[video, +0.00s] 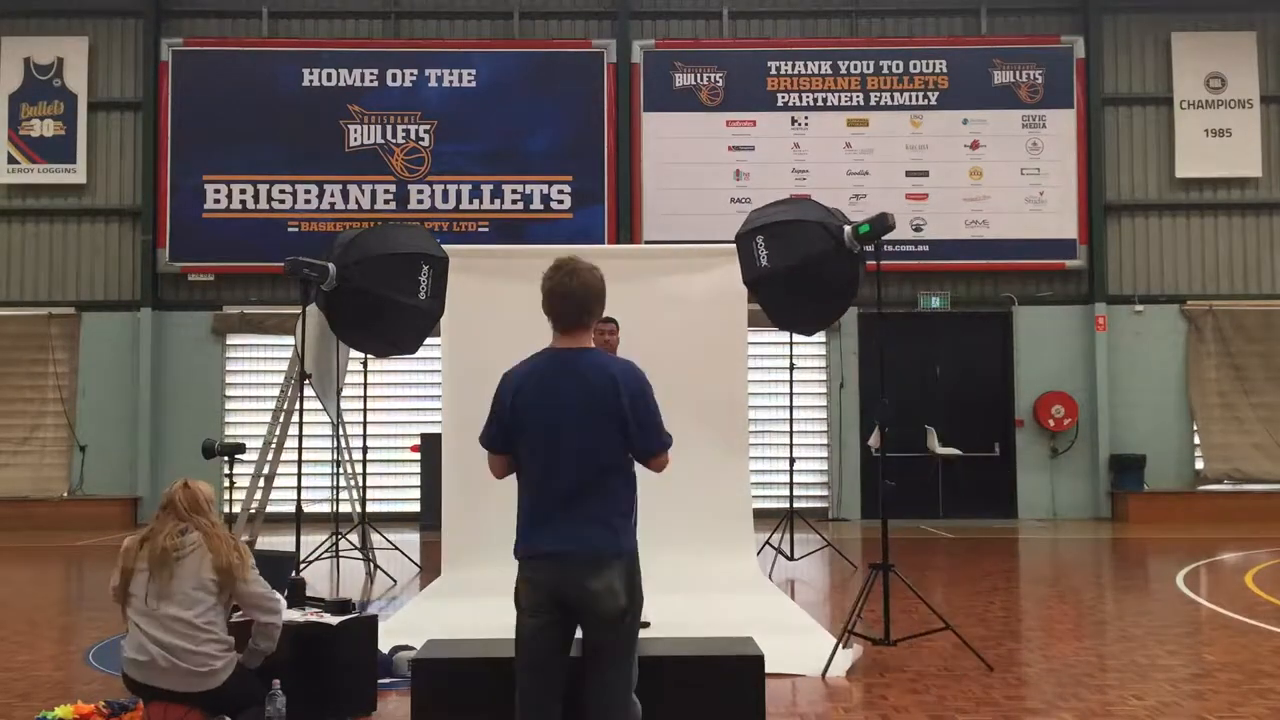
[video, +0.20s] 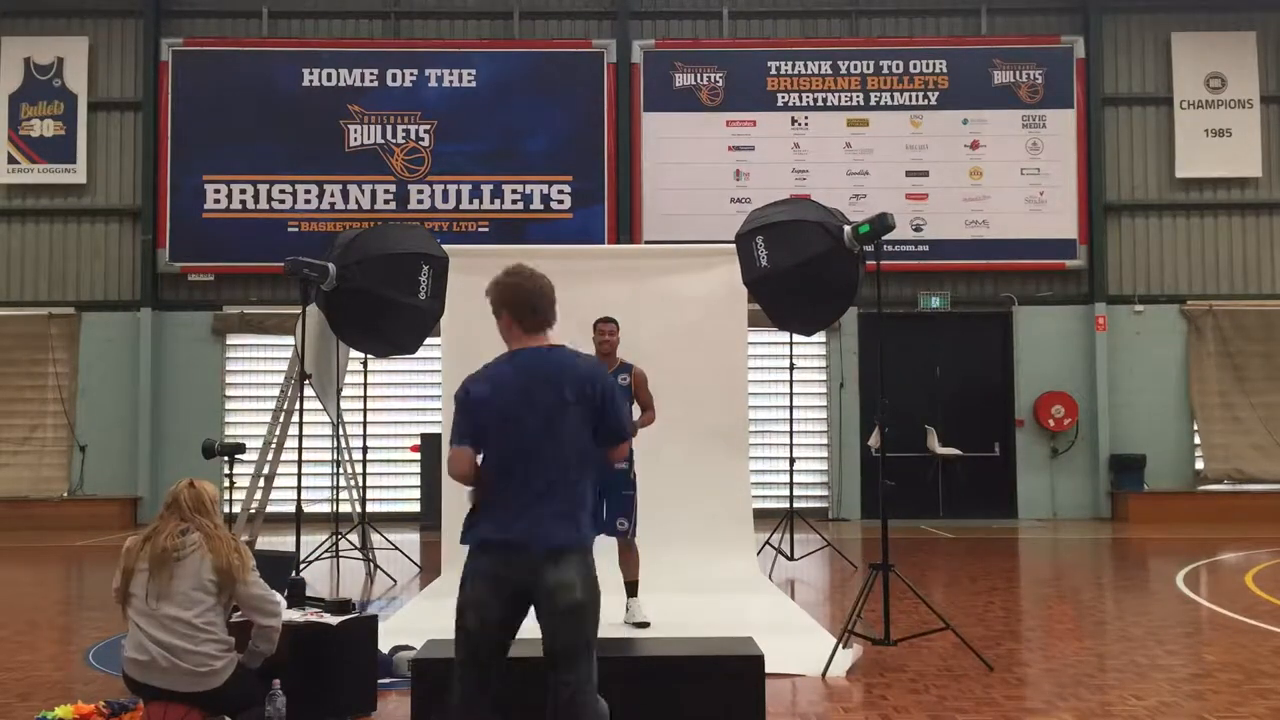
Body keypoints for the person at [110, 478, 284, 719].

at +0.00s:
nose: (216, 511)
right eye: (213, 507)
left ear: (164, 508)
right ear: (207, 510)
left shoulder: (134, 545)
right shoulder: (224, 547)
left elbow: (118, 592)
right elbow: (272, 610)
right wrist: (248, 661)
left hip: (139, 678)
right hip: (206, 682)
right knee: (257, 701)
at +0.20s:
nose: (220, 513)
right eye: (217, 507)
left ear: (168, 508)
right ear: (211, 510)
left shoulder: (135, 546)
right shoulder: (225, 547)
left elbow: (121, 595)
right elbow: (271, 612)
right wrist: (248, 663)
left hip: (140, 678)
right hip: (206, 683)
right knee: (255, 698)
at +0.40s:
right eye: (223, 508)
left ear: (173, 506)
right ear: (216, 509)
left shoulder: (141, 544)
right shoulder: (226, 553)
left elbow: (129, 605)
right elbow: (245, 635)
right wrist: (232, 658)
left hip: (139, 678)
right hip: (205, 684)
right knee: (255, 698)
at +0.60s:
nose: (223, 514)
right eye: (220, 507)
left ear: (172, 506)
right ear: (213, 510)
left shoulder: (138, 544)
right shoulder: (224, 552)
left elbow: (131, 608)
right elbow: (238, 625)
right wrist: (246, 663)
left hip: (139, 679)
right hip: (204, 684)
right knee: (256, 696)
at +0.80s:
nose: (224, 513)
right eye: (222, 507)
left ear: (175, 505)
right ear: (216, 509)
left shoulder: (140, 543)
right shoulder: (225, 552)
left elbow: (132, 607)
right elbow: (240, 618)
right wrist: (258, 668)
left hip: (139, 679)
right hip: (204, 684)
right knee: (259, 696)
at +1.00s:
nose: (223, 512)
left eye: (221, 505)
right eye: (220, 505)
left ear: (171, 505)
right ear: (211, 508)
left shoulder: (138, 544)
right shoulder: (221, 550)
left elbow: (131, 609)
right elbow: (238, 621)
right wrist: (256, 666)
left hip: (140, 679)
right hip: (203, 683)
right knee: (260, 697)